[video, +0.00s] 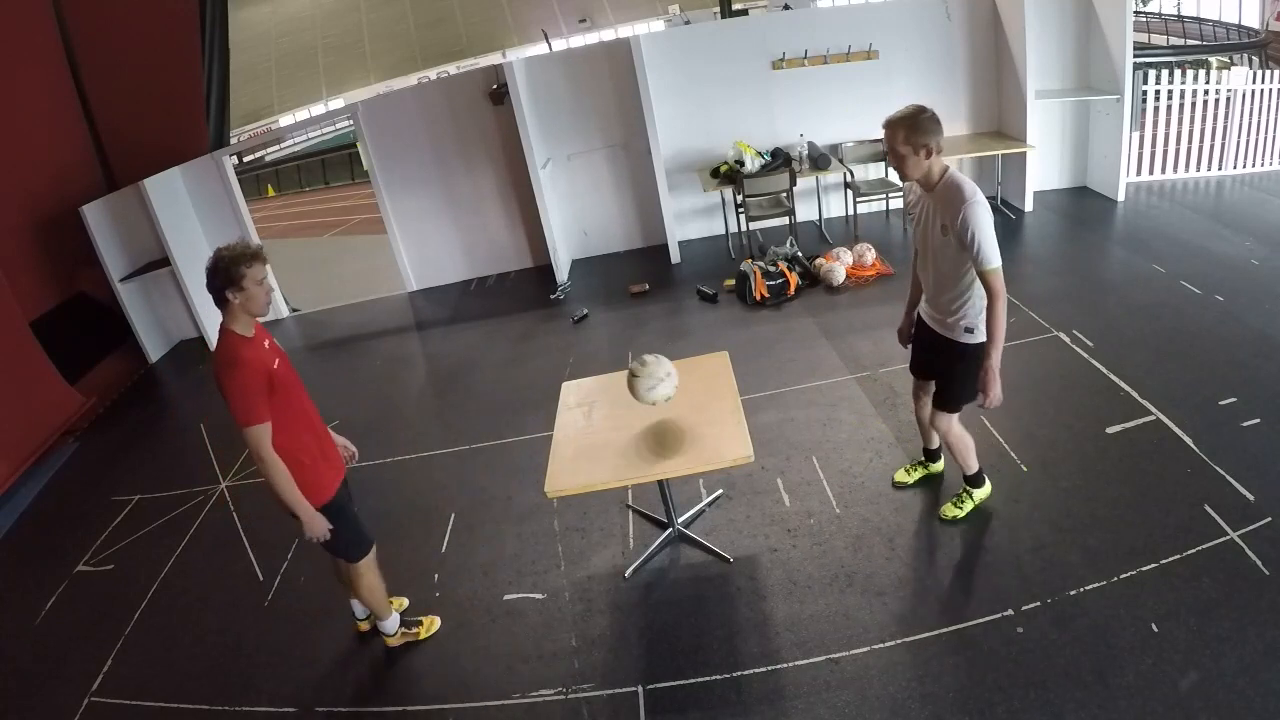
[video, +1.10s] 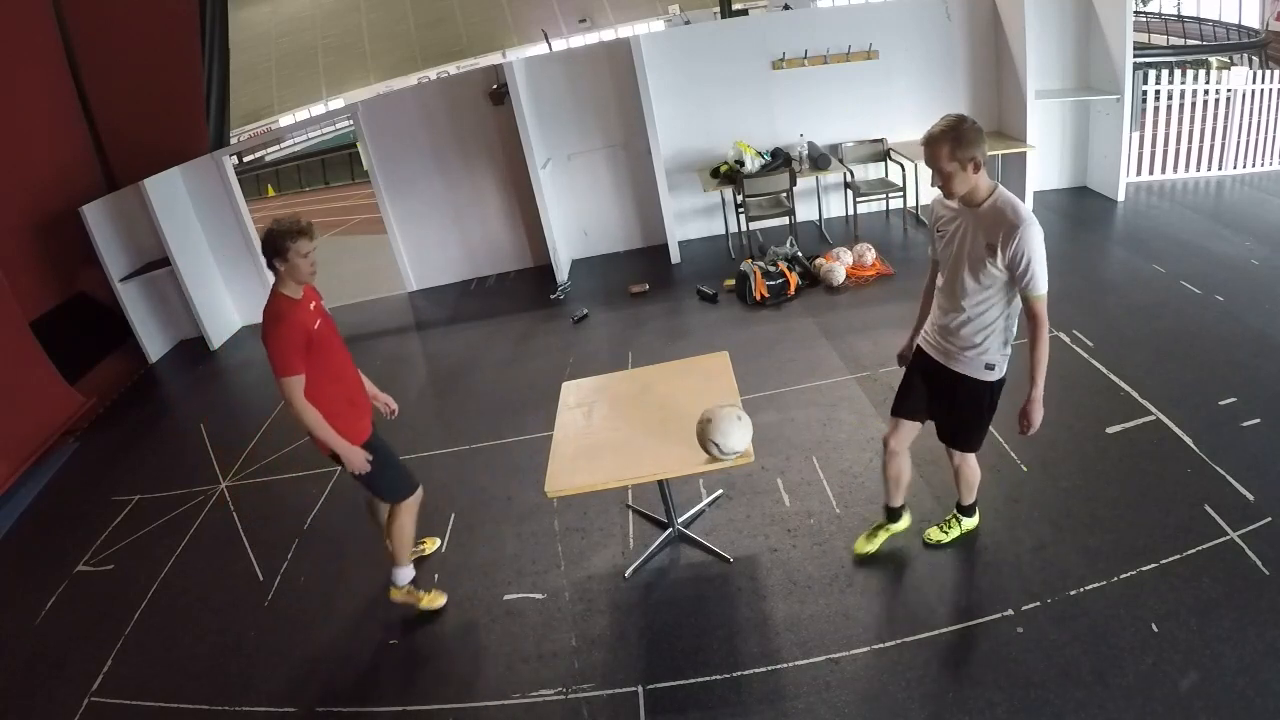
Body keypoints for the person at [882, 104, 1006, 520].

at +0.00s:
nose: (891, 163)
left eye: (897, 155)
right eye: (888, 154)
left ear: (928, 151)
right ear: (919, 152)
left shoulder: (966, 202)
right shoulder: (916, 190)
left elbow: (997, 291)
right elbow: (920, 260)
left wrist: (992, 364)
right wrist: (909, 314)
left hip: (966, 331)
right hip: (929, 319)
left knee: (944, 420)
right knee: (921, 394)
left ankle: (977, 484)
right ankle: (932, 459)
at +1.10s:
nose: (935, 181)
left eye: (941, 171)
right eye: (932, 170)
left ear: (974, 166)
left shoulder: (1017, 225)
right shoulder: (943, 209)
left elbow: (1038, 318)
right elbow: (935, 279)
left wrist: (1036, 395)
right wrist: (915, 337)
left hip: (976, 365)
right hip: (931, 348)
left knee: (961, 451)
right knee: (894, 441)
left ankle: (966, 516)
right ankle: (894, 517)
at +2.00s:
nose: (855, 230)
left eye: (860, 219)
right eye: (849, 221)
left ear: (889, 202)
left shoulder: (953, 244)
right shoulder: (873, 242)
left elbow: (1007, 323)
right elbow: (857, 308)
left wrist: (1027, 392)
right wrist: (823, 367)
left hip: (941, 378)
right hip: (900, 362)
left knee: (850, 457)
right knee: (889, 460)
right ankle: (896, 530)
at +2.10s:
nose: (841, 236)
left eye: (844, 226)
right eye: (836, 228)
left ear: (873, 208)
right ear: (869, 206)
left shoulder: (946, 247)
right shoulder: (864, 242)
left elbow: (998, 315)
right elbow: (856, 309)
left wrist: (1021, 379)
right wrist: (825, 372)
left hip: (945, 378)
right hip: (902, 363)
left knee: (861, 467)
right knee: (894, 455)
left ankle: (806, 557)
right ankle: (897, 530)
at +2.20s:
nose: (832, 236)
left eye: (835, 226)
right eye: (826, 228)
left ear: (865, 208)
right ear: (861, 206)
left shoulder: (939, 249)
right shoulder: (857, 245)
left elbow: (990, 317)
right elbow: (854, 310)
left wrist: (1006, 383)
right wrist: (831, 376)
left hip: (939, 387)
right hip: (895, 369)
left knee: (870, 478)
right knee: (893, 459)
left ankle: (816, 574)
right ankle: (898, 530)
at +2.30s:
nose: (829, 230)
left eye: (834, 218)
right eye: (824, 220)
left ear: (867, 204)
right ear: (865, 204)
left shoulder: (937, 252)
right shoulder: (854, 248)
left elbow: (986, 334)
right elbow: (853, 313)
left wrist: (996, 408)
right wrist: (835, 377)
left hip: (926, 399)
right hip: (883, 382)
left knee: (871, 498)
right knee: (886, 466)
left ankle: (873, 596)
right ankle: (895, 528)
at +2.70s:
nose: (821, 231)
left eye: (824, 220)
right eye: (819, 220)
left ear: (859, 217)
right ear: (859, 216)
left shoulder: (924, 291)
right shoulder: (877, 258)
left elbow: (958, 407)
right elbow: (864, 337)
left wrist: (925, 494)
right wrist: (837, 395)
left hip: (897, 436)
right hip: (858, 399)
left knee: (879, 528)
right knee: (767, 441)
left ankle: (898, 601)